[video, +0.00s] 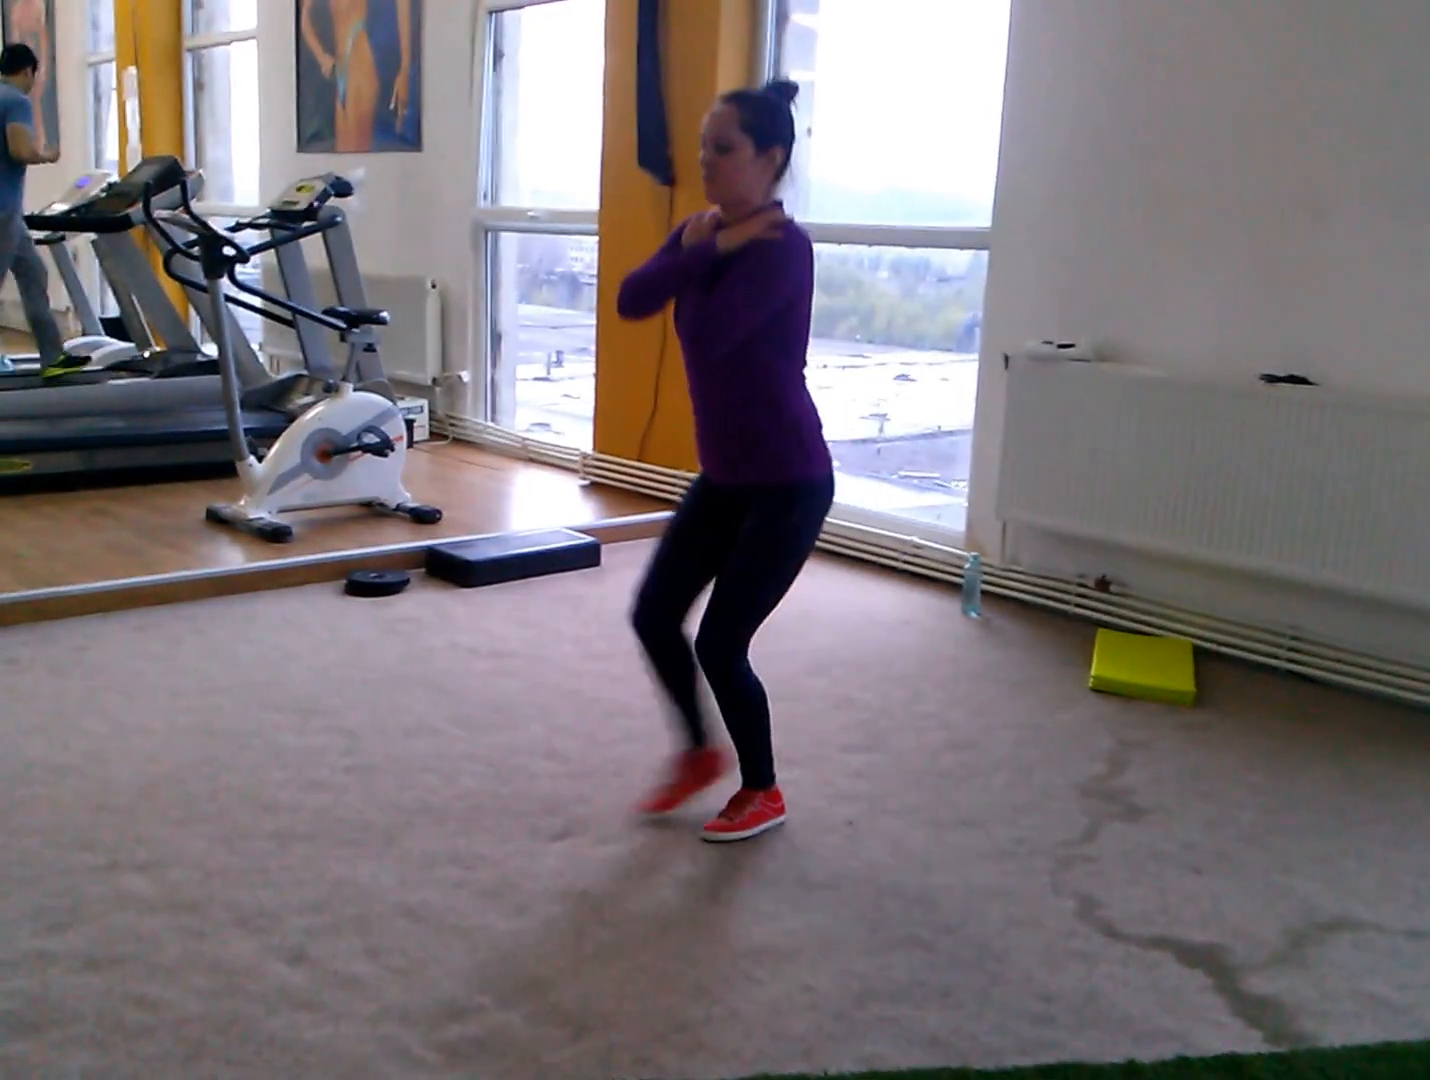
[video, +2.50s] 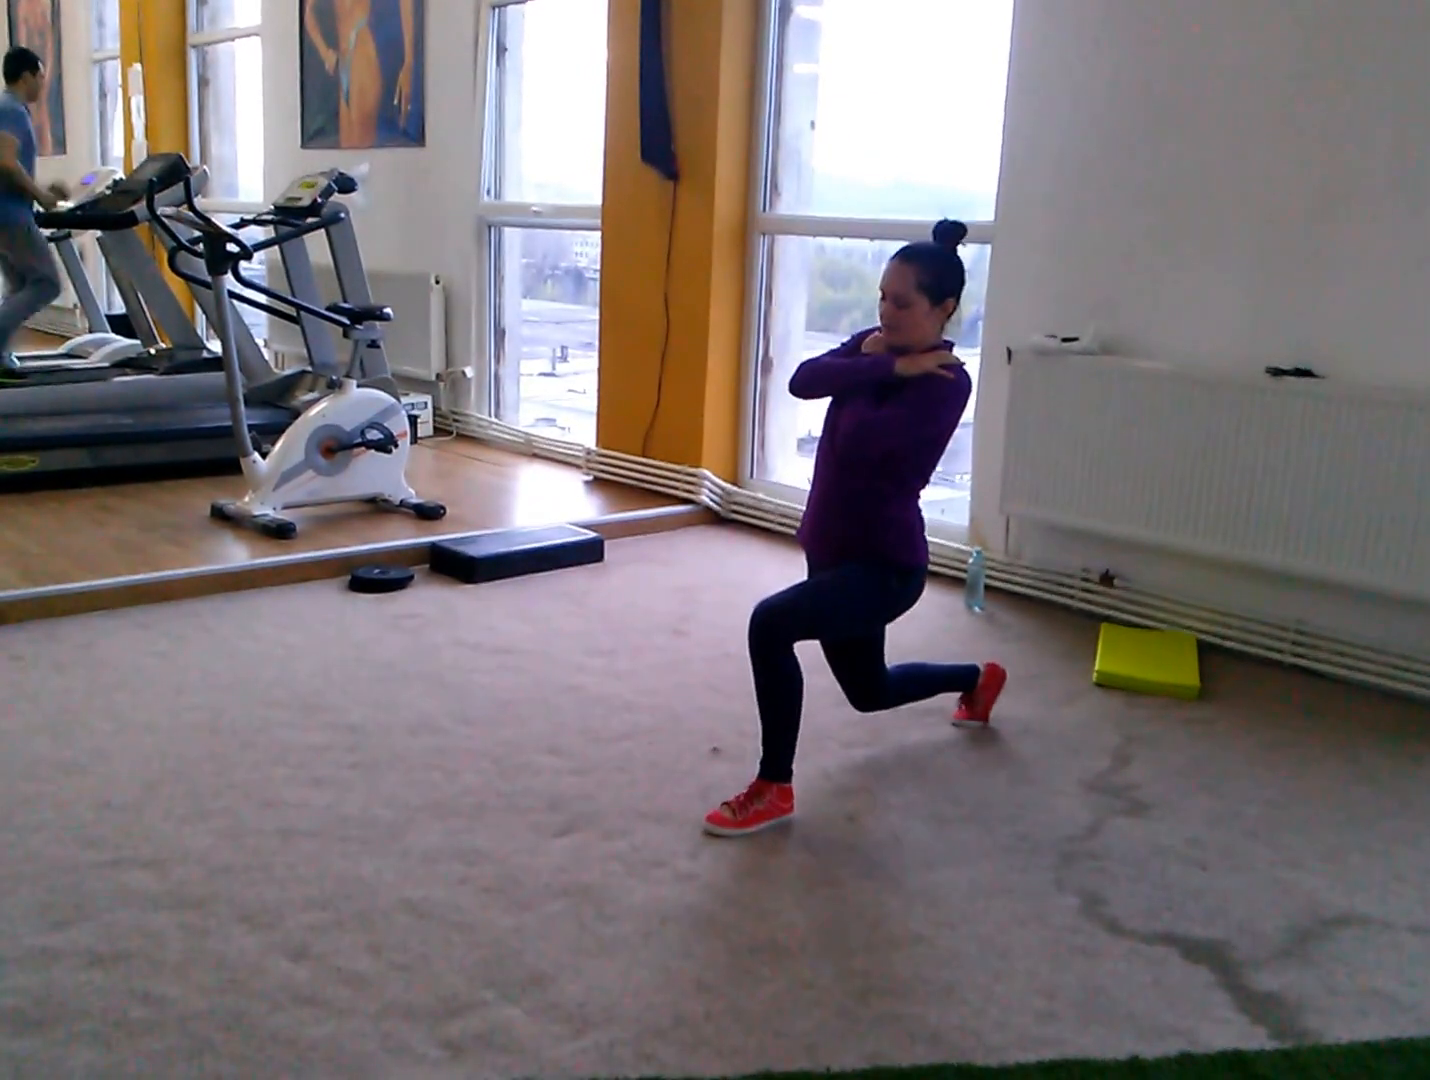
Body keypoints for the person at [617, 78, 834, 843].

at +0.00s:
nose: (706, 163)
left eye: (723, 150)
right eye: (704, 149)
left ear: (771, 160)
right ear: (707, 156)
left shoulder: (783, 247)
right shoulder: (699, 236)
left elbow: (709, 333)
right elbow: (631, 302)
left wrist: (690, 252)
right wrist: (706, 245)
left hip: (790, 484)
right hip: (723, 477)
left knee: (721, 645)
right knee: (654, 615)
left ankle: (761, 789)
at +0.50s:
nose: (572, 248)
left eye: (586, 233)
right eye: (569, 233)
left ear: (637, 237)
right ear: (605, 237)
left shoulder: (654, 322)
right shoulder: (582, 313)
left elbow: (573, 394)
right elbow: (492, 354)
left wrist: (538, 351)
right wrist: (582, 309)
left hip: (613, 577)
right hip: (540, 563)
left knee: (594, 774)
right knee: (415, 672)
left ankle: (727, 771)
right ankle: (433, 844)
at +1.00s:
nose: (478, 317)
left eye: (491, 301)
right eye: (475, 303)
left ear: (546, 304)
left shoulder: (576, 394)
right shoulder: (498, 386)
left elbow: (483, 486)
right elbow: (420, 453)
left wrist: (497, 401)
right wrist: (501, 386)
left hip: (584, 642)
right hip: (512, 628)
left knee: (572, 840)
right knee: (388, 689)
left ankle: (715, 777)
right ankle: (433, 844)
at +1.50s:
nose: (672, 164)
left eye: (688, 148)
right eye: (669, 150)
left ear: (739, 154)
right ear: (677, 157)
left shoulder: (760, 238)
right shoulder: (684, 237)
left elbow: (675, 304)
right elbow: (602, 268)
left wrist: (671, 242)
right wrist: (694, 226)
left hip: (731, 489)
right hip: (660, 481)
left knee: (689, 671)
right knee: (551, 606)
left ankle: (760, 780)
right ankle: (533, 778)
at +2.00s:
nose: (801, 198)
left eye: (817, 185)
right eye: (798, 184)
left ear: (861, 195)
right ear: (799, 190)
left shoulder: (878, 275)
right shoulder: (798, 263)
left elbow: (809, 347)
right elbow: (730, 309)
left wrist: (784, 280)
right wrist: (817, 262)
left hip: (868, 494)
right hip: (814, 491)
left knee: (767, 625)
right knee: (877, 612)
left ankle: (764, 785)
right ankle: (948, 676)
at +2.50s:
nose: (886, 311)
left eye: (900, 302)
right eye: (884, 298)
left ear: (944, 311)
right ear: (880, 296)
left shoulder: (948, 384)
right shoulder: (869, 346)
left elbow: (867, 444)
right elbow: (801, 382)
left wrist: (873, 362)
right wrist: (896, 365)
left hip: (887, 568)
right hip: (831, 555)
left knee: (771, 623)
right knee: (868, 691)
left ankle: (772, 787)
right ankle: (977, 678)